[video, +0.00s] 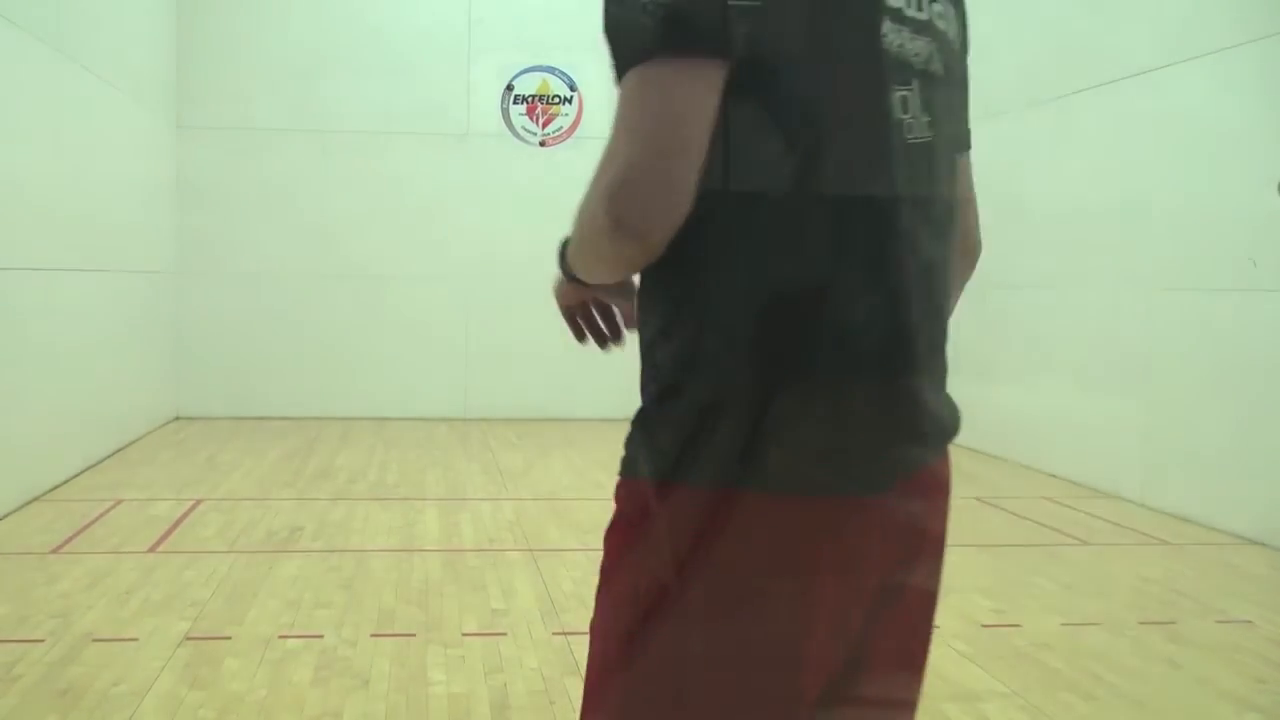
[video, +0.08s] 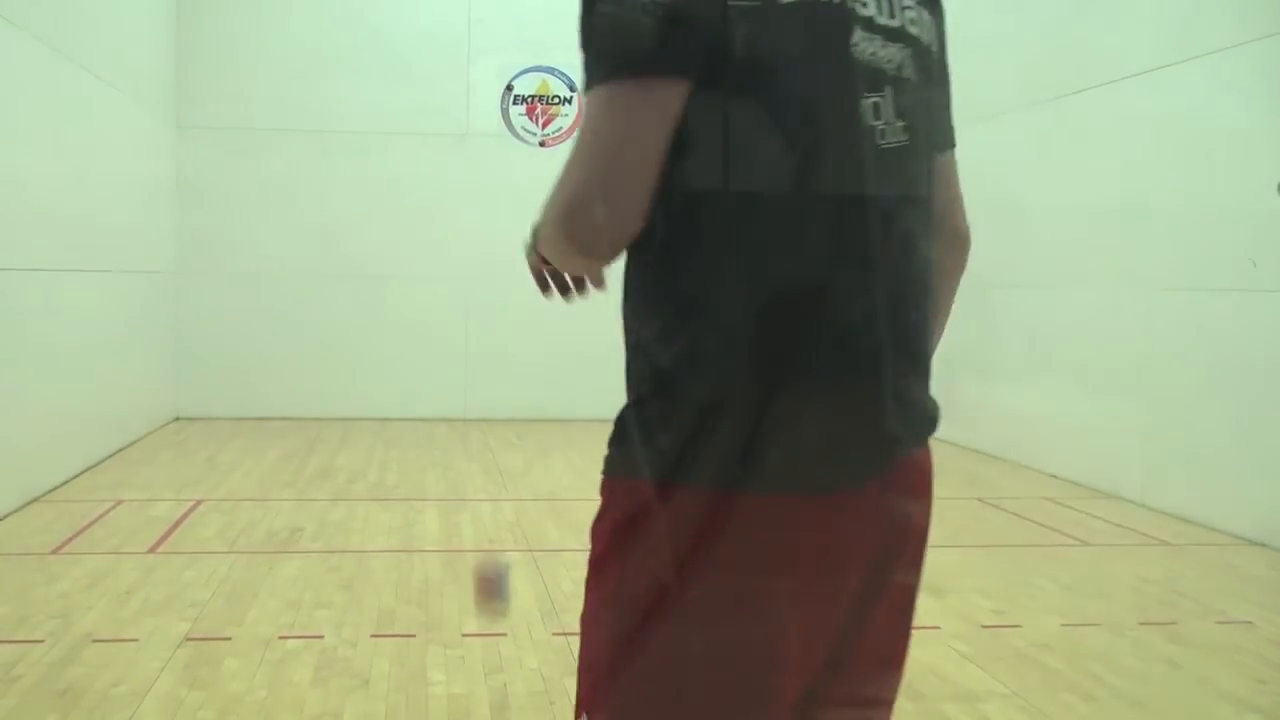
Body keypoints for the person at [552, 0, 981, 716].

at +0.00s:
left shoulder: (687, 7)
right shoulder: (931, 8)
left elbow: (645, 194)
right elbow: (957, 239)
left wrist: (586, 270)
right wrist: (862, 353)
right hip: (902, 473)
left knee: (672, 706)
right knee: (863, 708)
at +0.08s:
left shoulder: (658, 7)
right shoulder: (906, 5)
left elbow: (601, 211)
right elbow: (945, 233)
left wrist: (560, 244)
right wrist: (883, 383)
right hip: (883, 472)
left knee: (664, 705)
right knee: (843, 709)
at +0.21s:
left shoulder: (615, 7)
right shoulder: (871, 9)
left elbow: (519, 223)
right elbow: (912, 229)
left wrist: (547, 128)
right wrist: (872, 419)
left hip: (681, 482)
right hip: (848, 471)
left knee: (642, 706)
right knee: (815, 710)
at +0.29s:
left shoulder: (587, 7)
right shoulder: (842, 9)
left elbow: (486, 224)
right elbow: (884, 232)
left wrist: (461, 194)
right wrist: (855, 443)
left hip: (654, 477)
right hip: (815, 465)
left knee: (620, 705)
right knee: (782, 709)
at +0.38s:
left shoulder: (574, 9)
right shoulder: (816, 13)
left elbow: (466, 225)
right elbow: (852, 235)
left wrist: (426, 191)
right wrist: (826, 445)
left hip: (624, 461)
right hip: (780, 458)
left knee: (581, 705)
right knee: (744, 708)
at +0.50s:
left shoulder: (574, 9)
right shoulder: (781, 16)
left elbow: (473, 229)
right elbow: (811, 242)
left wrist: (381, 218)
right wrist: (774, 428)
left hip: (608, 461)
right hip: (743, 457)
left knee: (558, 703)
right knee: (692, 703)